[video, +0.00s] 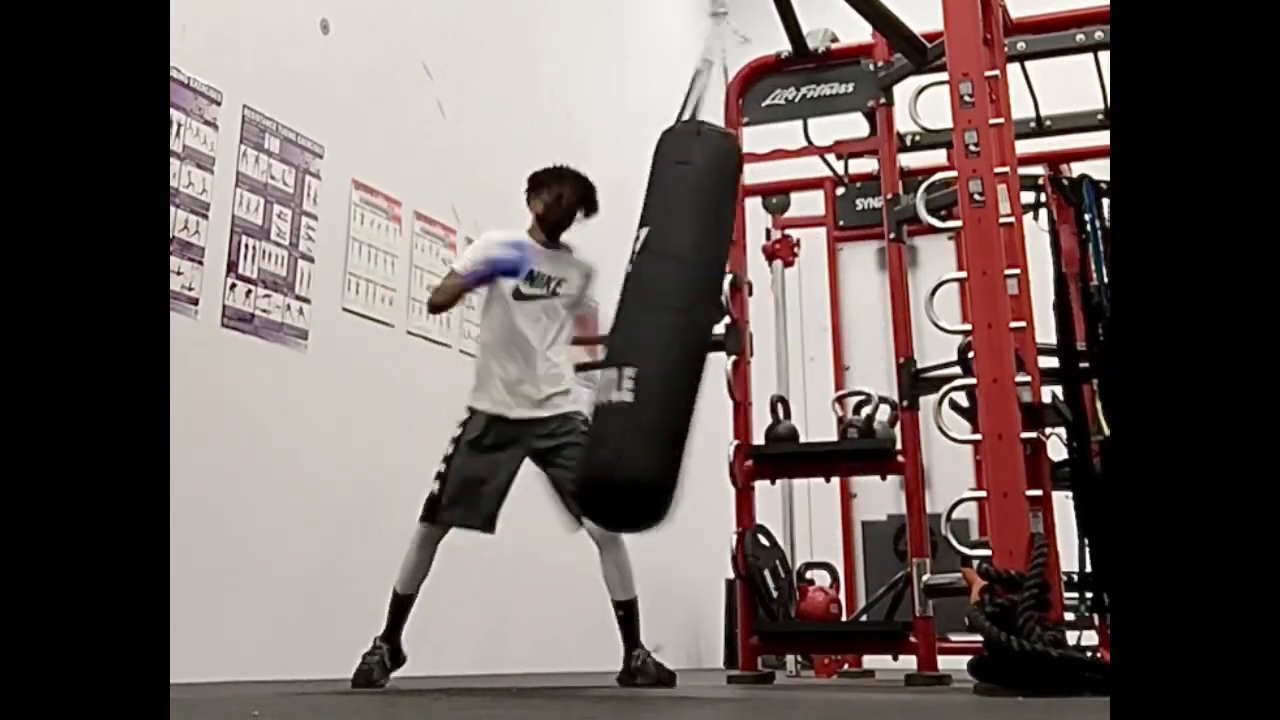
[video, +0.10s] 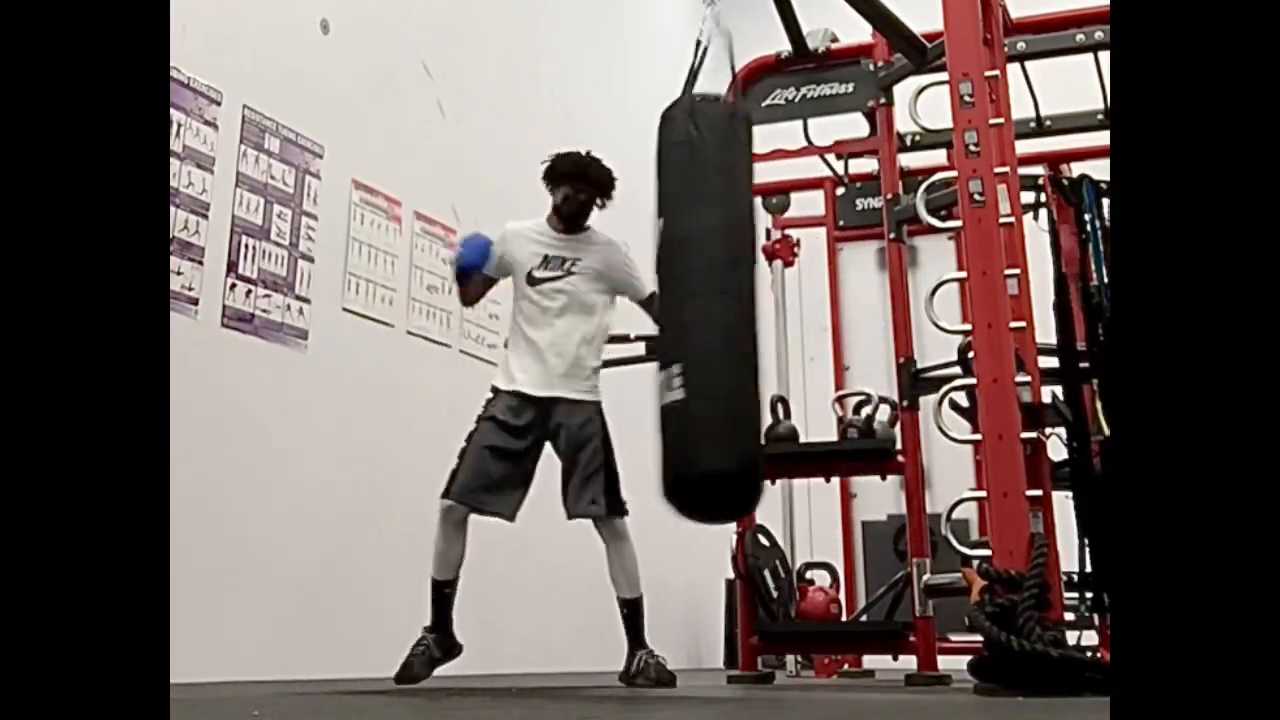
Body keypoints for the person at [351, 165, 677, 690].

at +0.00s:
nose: (560, 216)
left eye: (570, 210)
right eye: (554, 204)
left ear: (578, 215)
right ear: (533, 201)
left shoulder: (580, 271)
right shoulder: (497, 247)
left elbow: (588, 340)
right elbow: (437, 302)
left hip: (557, 415)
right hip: (492, 413)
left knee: (606, 523)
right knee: (432, 523)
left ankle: (635, 655)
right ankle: (388, 643)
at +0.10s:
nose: (572, 206)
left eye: (584, 200)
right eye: (566, 195)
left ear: (596, 202)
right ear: (551, 189)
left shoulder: (608, 256)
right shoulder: (515, 238)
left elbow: (663, 313)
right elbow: (470, 297)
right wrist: (467, 269)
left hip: (578, 399)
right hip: (514, 393)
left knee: (611, 520)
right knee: (453, 506)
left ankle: (638, 652)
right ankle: (440, 633)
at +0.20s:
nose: (584, 219)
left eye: (593, 211)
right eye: (578, 207)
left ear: (600, 211)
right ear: (553, 195)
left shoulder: (601, 257)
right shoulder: (511, 240)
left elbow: (628, 326)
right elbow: (470, 312)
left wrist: (636, 270)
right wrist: (523, 262)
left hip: (585, 407)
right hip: (521, 402)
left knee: (626, 523)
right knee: (466, 520)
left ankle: (640, 652)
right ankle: (417, 645)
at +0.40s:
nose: (514, 194)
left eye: (521, 189)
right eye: (512, 183)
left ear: (514, 189)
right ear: (486, 169)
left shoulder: (498, 235)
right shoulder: (443, 196)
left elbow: (520, 299)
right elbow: (437, 256)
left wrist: (539, 238)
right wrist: (495, 215)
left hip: (478, 382)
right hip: (427, 369)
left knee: (485, 513)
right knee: (401, 494)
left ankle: (457, 651)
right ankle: (356, 622)